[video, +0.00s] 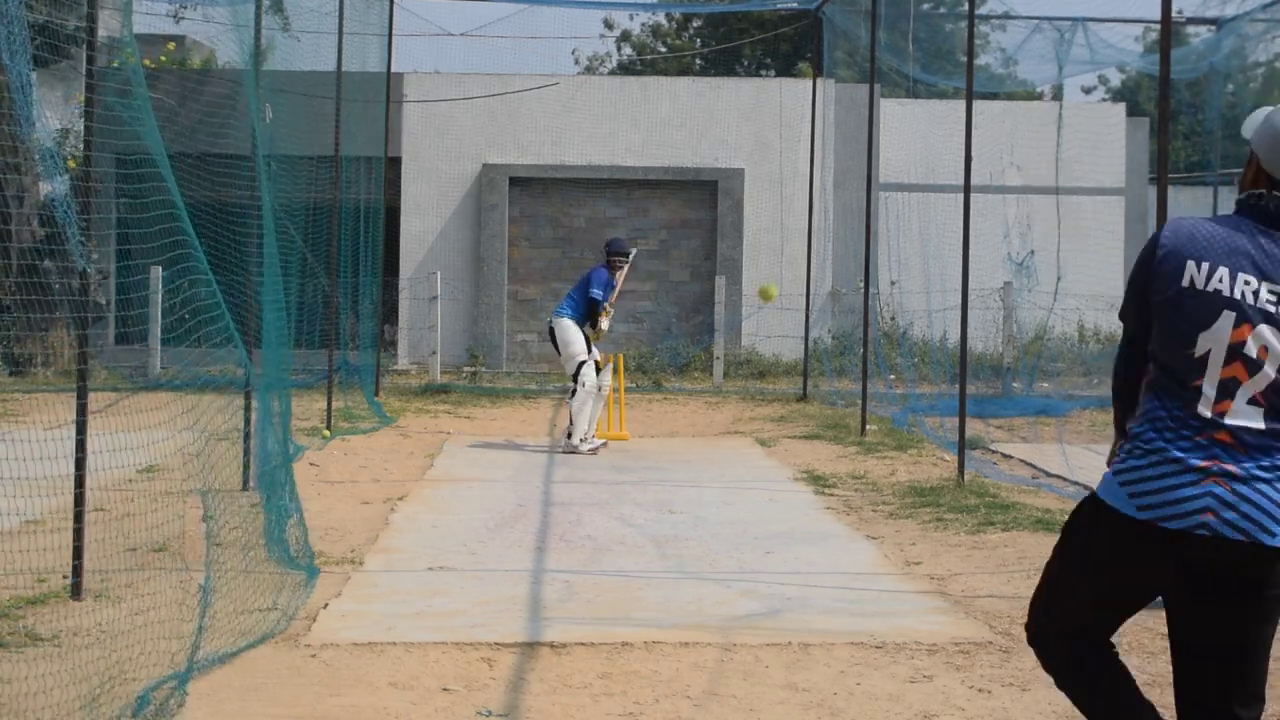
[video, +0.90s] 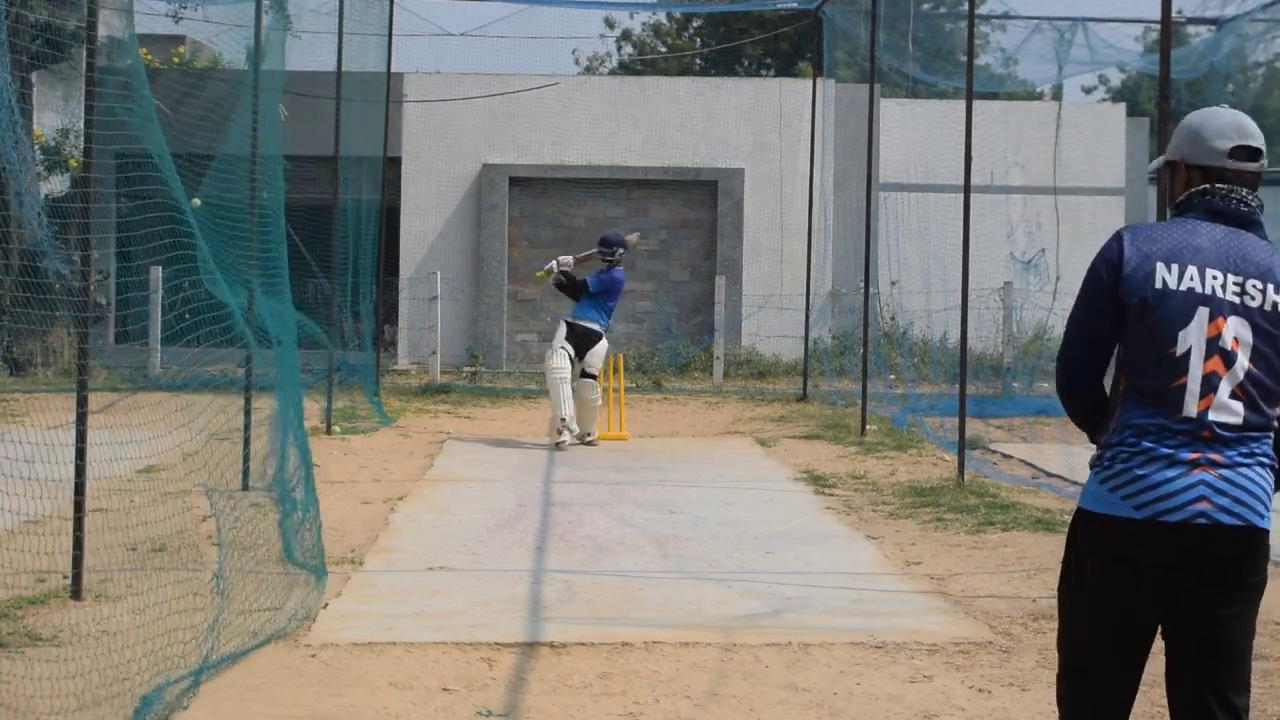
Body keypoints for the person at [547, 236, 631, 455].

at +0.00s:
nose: (618, 263)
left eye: (622, 259)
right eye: (615, 258)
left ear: (626, 261)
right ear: (607, 257)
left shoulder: (610, 280)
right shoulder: (600, 274)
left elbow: (604, 306)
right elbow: (594, 306)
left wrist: (606, 315)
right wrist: (599, 323)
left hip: (577, 326)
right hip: (564, 322)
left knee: (601, 380)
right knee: (587, 379)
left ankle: (585, 435)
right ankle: (574, 439)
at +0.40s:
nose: (618, 265)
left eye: (623, 262)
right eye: (615, 260)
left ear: (627, 262)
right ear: (608, 257)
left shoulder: (620, 277)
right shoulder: (595, 269)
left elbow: (614, 301)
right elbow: (590, 300)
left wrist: (625, 303)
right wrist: (615, 312)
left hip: (589, 327)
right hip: (571, 323)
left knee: (611, 378)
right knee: (586, 375)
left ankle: (583, 430)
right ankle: (584, 436)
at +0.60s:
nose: (617, 255)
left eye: (622, 252)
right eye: (614, 249)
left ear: (629, 251)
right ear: (609, 243)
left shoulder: (624, 266)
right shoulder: (598, 246)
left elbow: (598, 272)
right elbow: (580, 257)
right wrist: (562, 255)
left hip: (596, 312)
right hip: (574, 304)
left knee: (598, 368)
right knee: (597, 361)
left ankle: (589, 428)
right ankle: (601, 423)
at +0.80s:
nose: (607, 255)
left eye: (610, 252)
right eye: (605, 251)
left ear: (614, 252)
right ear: (605, 251)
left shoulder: (615, 273)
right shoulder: (595, 269)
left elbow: (582, 275)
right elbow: (578, 290)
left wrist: (574, 259)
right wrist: (564, 268)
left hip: (596, 326)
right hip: (571, 319)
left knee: (598, 378)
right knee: (582, 368)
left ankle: (589, 426)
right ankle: (591, 424)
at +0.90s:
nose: (604, 257)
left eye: (608, 254)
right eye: (602, 253)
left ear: (619, 254)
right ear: (600, 252)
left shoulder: (615, 276)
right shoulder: (603, 274)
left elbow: (580, 287)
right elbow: (578, 295)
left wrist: (565, 269)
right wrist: (558, 279)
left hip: (594, 332)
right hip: (573, 326)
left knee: (587, 383)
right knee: (558, 367)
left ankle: (588, 432)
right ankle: (566, 425)